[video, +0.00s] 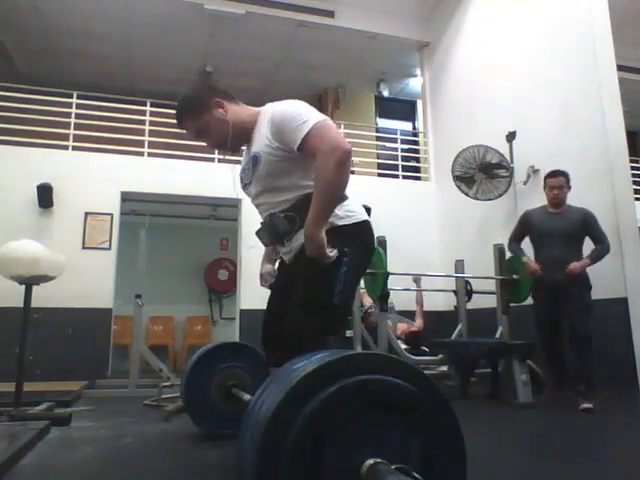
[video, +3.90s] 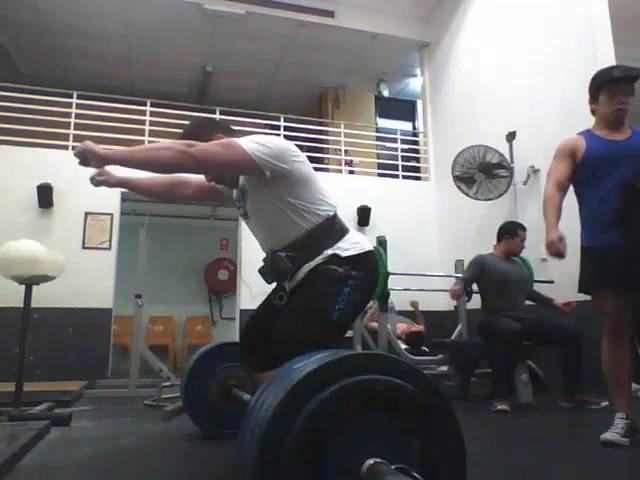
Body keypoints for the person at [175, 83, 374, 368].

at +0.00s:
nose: (209, 145)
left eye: (204, 133)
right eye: (201, 140)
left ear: (221, 108)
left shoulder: (279, 114)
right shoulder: (248, 169)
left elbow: (335, 150)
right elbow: (277, 216)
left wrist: (314, 227)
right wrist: (269, 258)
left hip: (338, 236)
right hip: (301, 251)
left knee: (306, 335)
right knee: (275, 336)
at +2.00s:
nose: (198, 162)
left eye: (193, 153)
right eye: (191, 158)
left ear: (208, 127)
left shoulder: (267, 129)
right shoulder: (239, 175)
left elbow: (312, 169)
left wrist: (276, 234)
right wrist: (262, 246)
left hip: (328, 248)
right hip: (296, 260)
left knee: (289, 341)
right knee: (257, 338)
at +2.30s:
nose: (198, 161)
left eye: (194, 151)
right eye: (191, 157)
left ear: (210, 127)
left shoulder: (272, 130)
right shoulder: (241, 178)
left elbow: (276, 182)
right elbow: (236, 228)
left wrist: (263, 246)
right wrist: (223, 265)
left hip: (328, 245)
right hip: (296, 260)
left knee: (288, 337)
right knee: (258, 336)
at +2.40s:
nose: (200, 162)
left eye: (197, 151)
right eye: (193, 157)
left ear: (213, 126)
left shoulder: (272, 133)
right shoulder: (236, 175)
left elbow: (257, 174)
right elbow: (212, 219)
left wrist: (220, 216)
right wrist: (179, 262)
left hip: (330, 247)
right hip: (292, 263)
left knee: (290, 339)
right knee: (258, 338)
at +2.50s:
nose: (204, 157)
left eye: (201, 148)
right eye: (197, 154)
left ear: (215, 125)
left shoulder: (278, 134)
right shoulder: (241, 177)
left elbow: (227, 158)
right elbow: (204, 207)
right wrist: (150, 233)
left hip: (331, 250)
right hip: (294, 264)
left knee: (294, 342)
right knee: (257, 338)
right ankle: (283, 426)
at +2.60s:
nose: (208, 147)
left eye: (206, 140)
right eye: (201, 144)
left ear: (219, 123)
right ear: (213, 133)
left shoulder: (278, 134)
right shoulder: (238, 177)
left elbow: (210, 147)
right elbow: (188, 197)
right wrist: (131, 207)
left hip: (333, 251)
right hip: (296, 267)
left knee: (288, 346)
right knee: (257, 345)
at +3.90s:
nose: (202, 163)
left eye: (201, 154)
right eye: (195, 157)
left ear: (217, 137)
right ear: (213, 144)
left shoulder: (273, 150)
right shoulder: (237, 184)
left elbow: (190, 155)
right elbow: (181, 189)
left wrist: (109, 152)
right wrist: (122, 180)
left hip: (342, 265)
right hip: (304, 275)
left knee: (285, 352)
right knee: (254, 344)